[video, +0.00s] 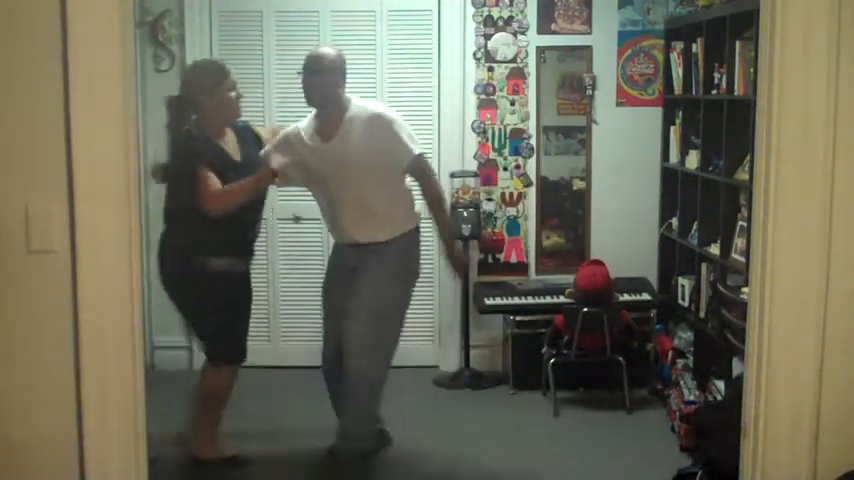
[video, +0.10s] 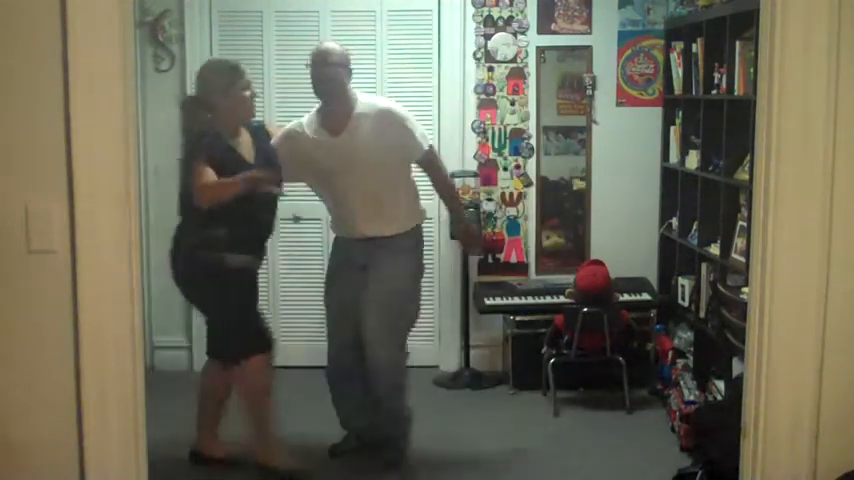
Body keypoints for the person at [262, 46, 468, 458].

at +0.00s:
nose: (310, 82)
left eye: (320, 74)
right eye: (307, 74)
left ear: (341, 79)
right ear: (301, 80)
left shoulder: (377, 122)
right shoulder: (295, 140)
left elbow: (425, 175)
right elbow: (248, 178)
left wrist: (451, 243)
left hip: (394, 246)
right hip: (347, 248)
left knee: (364, 342)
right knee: (336, 349)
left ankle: (352, 446)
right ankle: (366, 432)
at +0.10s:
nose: (325, 73)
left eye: (334, 65)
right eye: (318, 65)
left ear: (349, 72)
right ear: (309, 74)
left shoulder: (387, 118)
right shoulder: (297, 138)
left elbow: (432, 163)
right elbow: (252, 178)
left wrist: (460, 219)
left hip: (398, 242)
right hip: (348, 245)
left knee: (382, 340)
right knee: (342, 345)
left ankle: (392, 440)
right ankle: (361, 434)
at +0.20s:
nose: (339, 65)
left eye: (347, 59)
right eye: (331, 59)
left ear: (361, 69)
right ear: (320, 72)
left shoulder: (396, 115)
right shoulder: (303, 135)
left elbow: (435, 163)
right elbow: (276, 194)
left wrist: (462, 213)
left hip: (404, 243)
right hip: (348, 245)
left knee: (404, 336)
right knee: (346, 341)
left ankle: (408, 416)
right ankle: (362, 427)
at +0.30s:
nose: (349, 66)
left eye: (356, 59)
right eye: (341, 60)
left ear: (370, 68)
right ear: (331, 72)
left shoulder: (406, 116)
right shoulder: (316, 135)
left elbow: (438, 168)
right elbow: (289, 194)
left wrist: (459, 218)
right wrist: (281, 251)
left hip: (411, 247)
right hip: (354, 250)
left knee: (419, 345)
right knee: (348, 346)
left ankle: (404, 422)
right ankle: (358, 427)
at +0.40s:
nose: (358, 76)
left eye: (366, 69)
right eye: (350, 71)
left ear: (381, 76)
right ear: (341, 82)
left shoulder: (414, 124)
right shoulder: (326, 143)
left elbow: (441, 179)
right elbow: (312, 205)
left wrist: (456, 232)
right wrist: (310, 261)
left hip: (413, 253)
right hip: (357, 255)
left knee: (414, 346)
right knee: (348, 342)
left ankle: (404, 424)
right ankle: (347, 418)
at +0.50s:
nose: (370, 83)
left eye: (377, 75)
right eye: (361, 77)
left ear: (389, 82)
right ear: (350, 87)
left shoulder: (416, 130)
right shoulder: (333, 142)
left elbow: (440, 185)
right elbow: (316, 201)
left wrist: (454, 238)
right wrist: (320, 255)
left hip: (414, 256)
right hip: (362, 258)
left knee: (418, 348)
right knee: (365, 337)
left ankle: (404, 425)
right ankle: (337, 384)